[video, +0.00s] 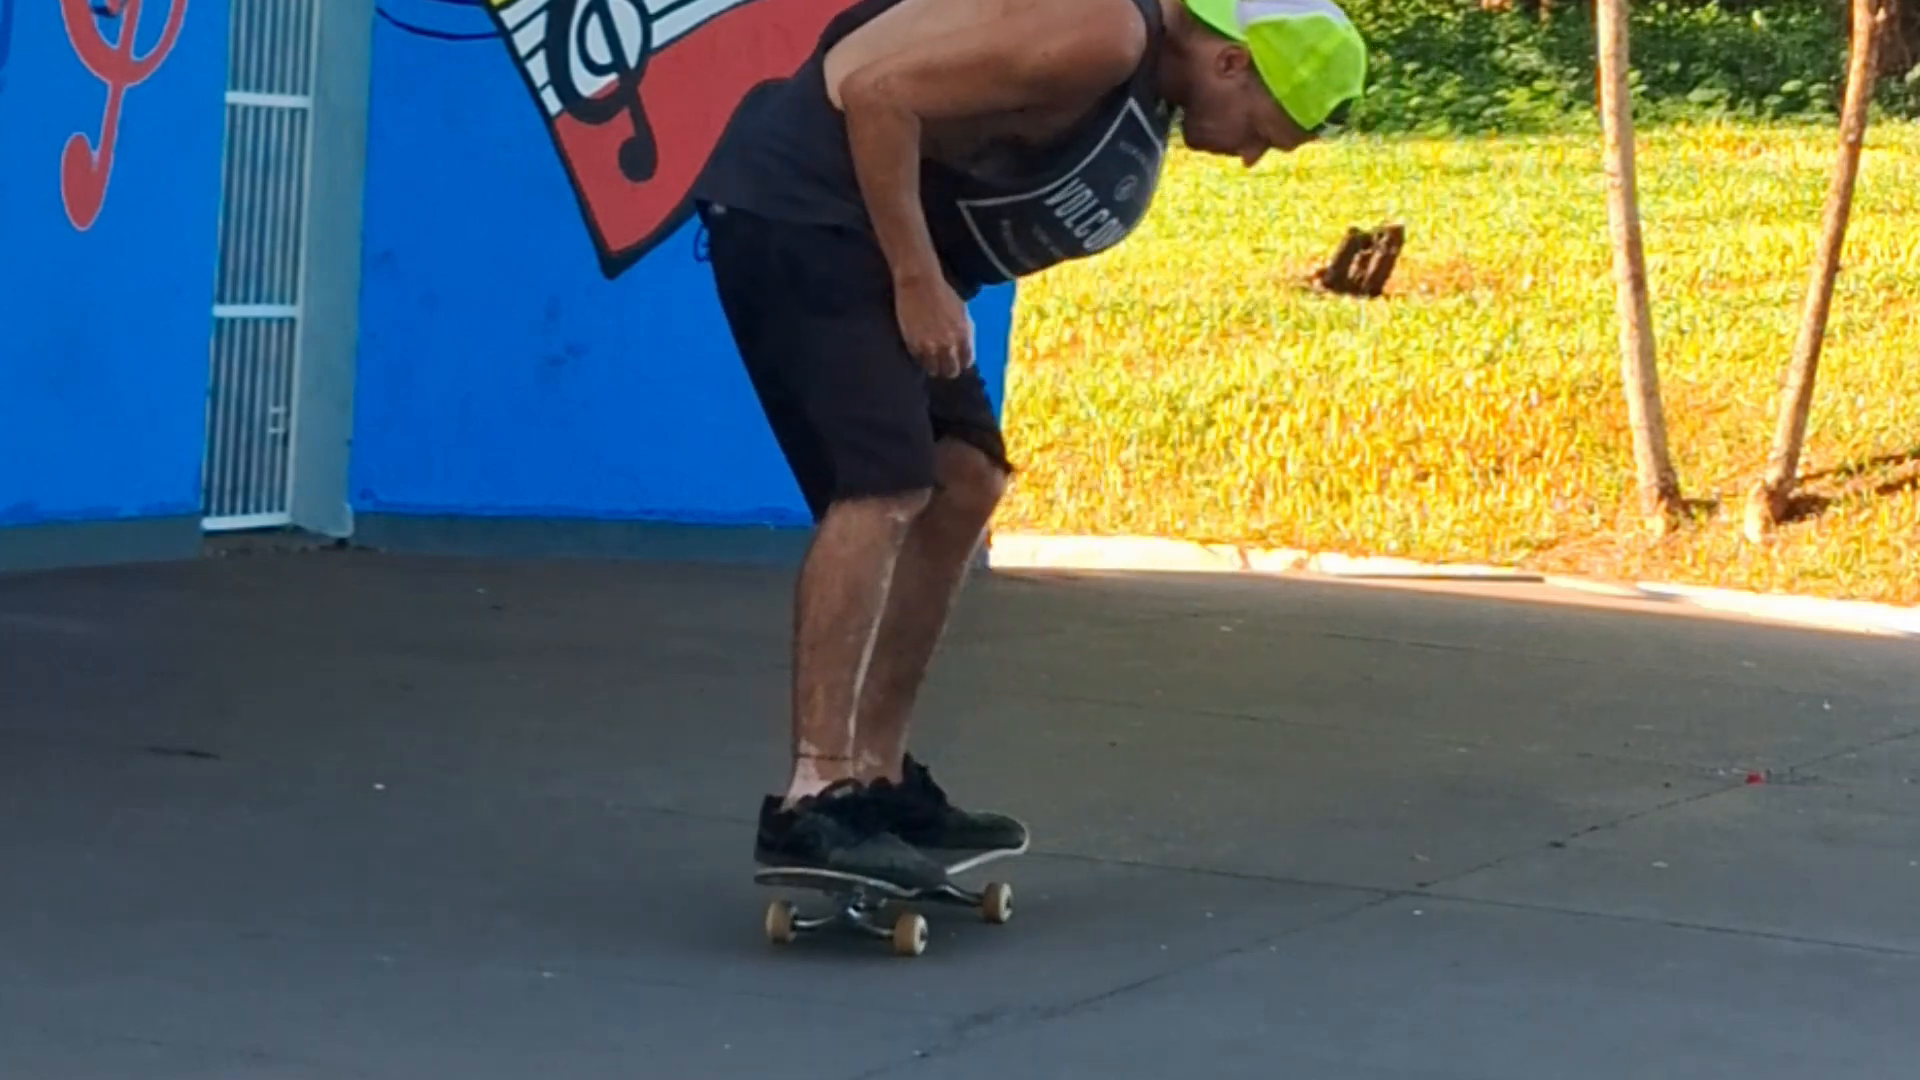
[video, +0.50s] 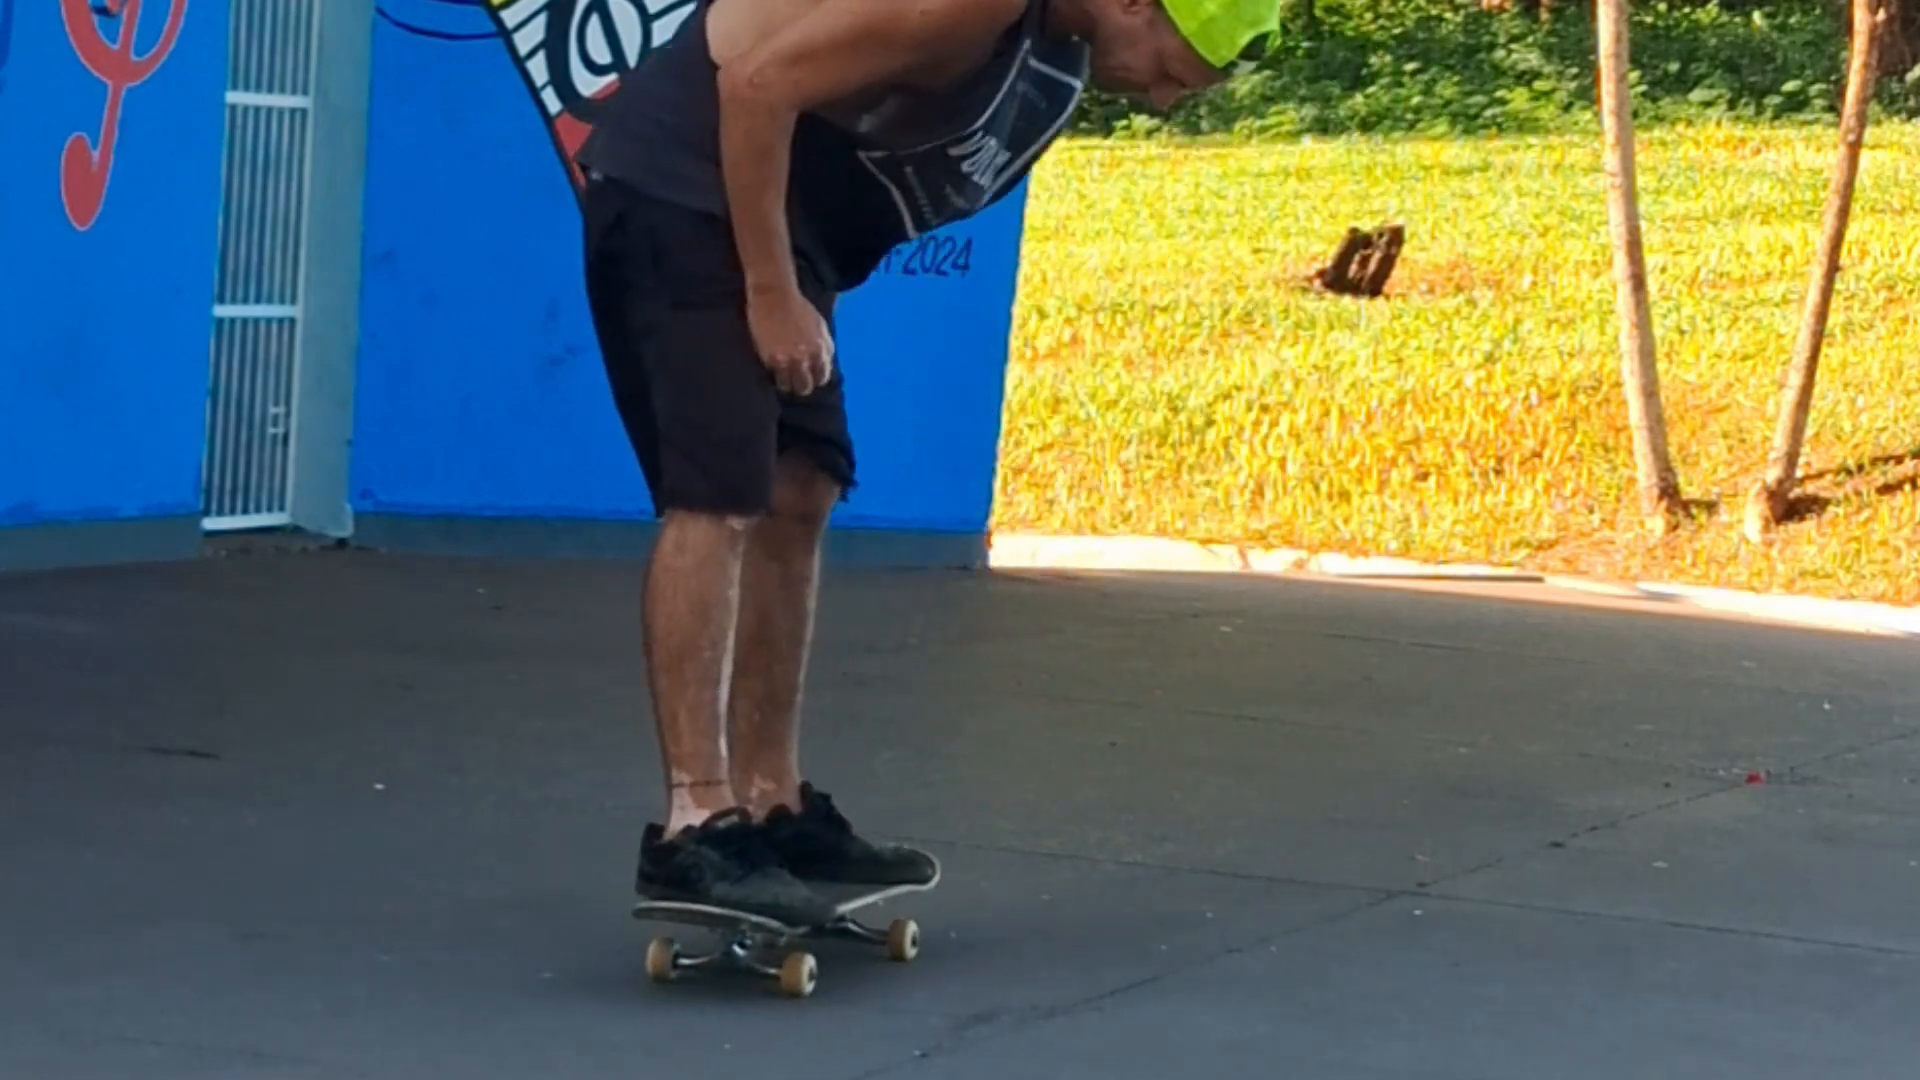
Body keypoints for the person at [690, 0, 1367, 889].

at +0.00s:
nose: (1251, 159)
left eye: (1271, 147)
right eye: (1261, 135)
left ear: (1235, 67)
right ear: (1233, 65)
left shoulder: (1143, 99)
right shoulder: (1100, 38)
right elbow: (874, 86)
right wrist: (920, 279)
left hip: (890, 238)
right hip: (798, 207)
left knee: (965, 479)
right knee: (880, 482)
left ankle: (876, 776)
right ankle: (813, 795)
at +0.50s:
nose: (1178, 92)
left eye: (1200, 82)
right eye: (1176, 65)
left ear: (1125, 7)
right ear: (1132, 1)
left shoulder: (1057, 64)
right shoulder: (970, 13)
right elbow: (755, 80)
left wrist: (810, 282)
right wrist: (772, 288)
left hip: (785, 229)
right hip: (675, 191)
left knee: (800, 484)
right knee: (717, 488)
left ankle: (771, 807)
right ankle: (693, 825)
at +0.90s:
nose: (1082, 58)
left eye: (1096, 49)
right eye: (1084, 36)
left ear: (1050, 16)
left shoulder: (956, 43)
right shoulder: (863, 10)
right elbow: (645, 78)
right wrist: (651, 297)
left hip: (682, 229)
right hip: (571, 197)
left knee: (668, 514)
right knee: (578, 507)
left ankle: (677, 831)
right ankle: (585, 854)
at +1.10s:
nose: (1029, 40)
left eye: (1044, 34)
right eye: (1030, 19)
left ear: (1026, 23)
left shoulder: (938, 55)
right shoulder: (809, 5)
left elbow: (740, 144)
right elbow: (581, 70)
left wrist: (685, 310)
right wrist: (587, 294)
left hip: (638, 227)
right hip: (513, 187)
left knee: (617, 513)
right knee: (515, 509)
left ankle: (630, 842)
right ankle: (528, 866)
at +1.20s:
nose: (1014, 23)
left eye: (1026, 20)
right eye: (1012, 6)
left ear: (993, 17)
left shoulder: (907, 51)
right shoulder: (771, 4)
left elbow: (723, 143)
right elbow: (550, 67)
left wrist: (685, 311)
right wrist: (557, 294)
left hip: (609, 225)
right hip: (479, 178)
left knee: (590, 521)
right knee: (485, 512)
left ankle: (603, 854)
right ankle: (499, 874)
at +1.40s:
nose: (944, 25)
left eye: (960, 21)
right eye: (952, 9)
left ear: (936, 9)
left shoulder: (834, 41)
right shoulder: (729, 1)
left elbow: (673, 147)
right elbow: (485, 65)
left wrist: (642, 319)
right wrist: (495, 296)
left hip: (551, 222)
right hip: (420, 172)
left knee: (531, 525)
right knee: (425, 520)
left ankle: (548, 865)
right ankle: (436, 888)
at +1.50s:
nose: (920, 14)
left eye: (934, 10)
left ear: (906, 9)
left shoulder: (794, 33)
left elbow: (658, 156)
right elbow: (451, 64)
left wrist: (604, 330)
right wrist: (464, 298)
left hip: (519, 215)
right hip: (388, 169)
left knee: (501, 524)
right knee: (393, 521)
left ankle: (519, 873)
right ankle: (403, 895)